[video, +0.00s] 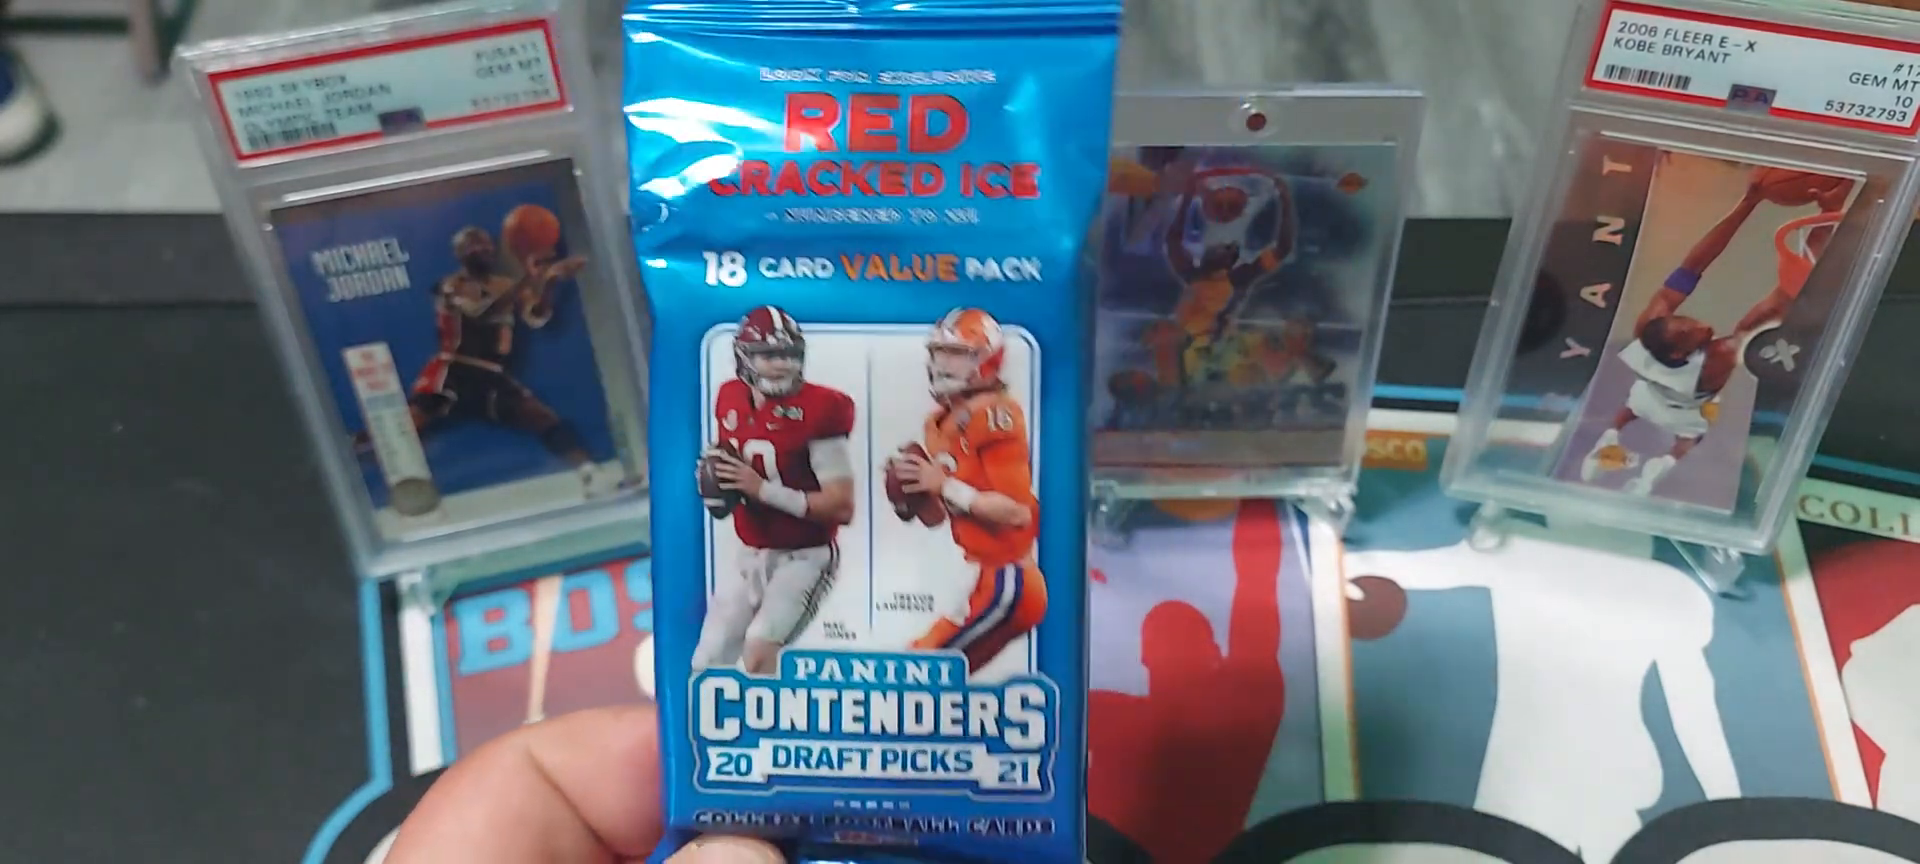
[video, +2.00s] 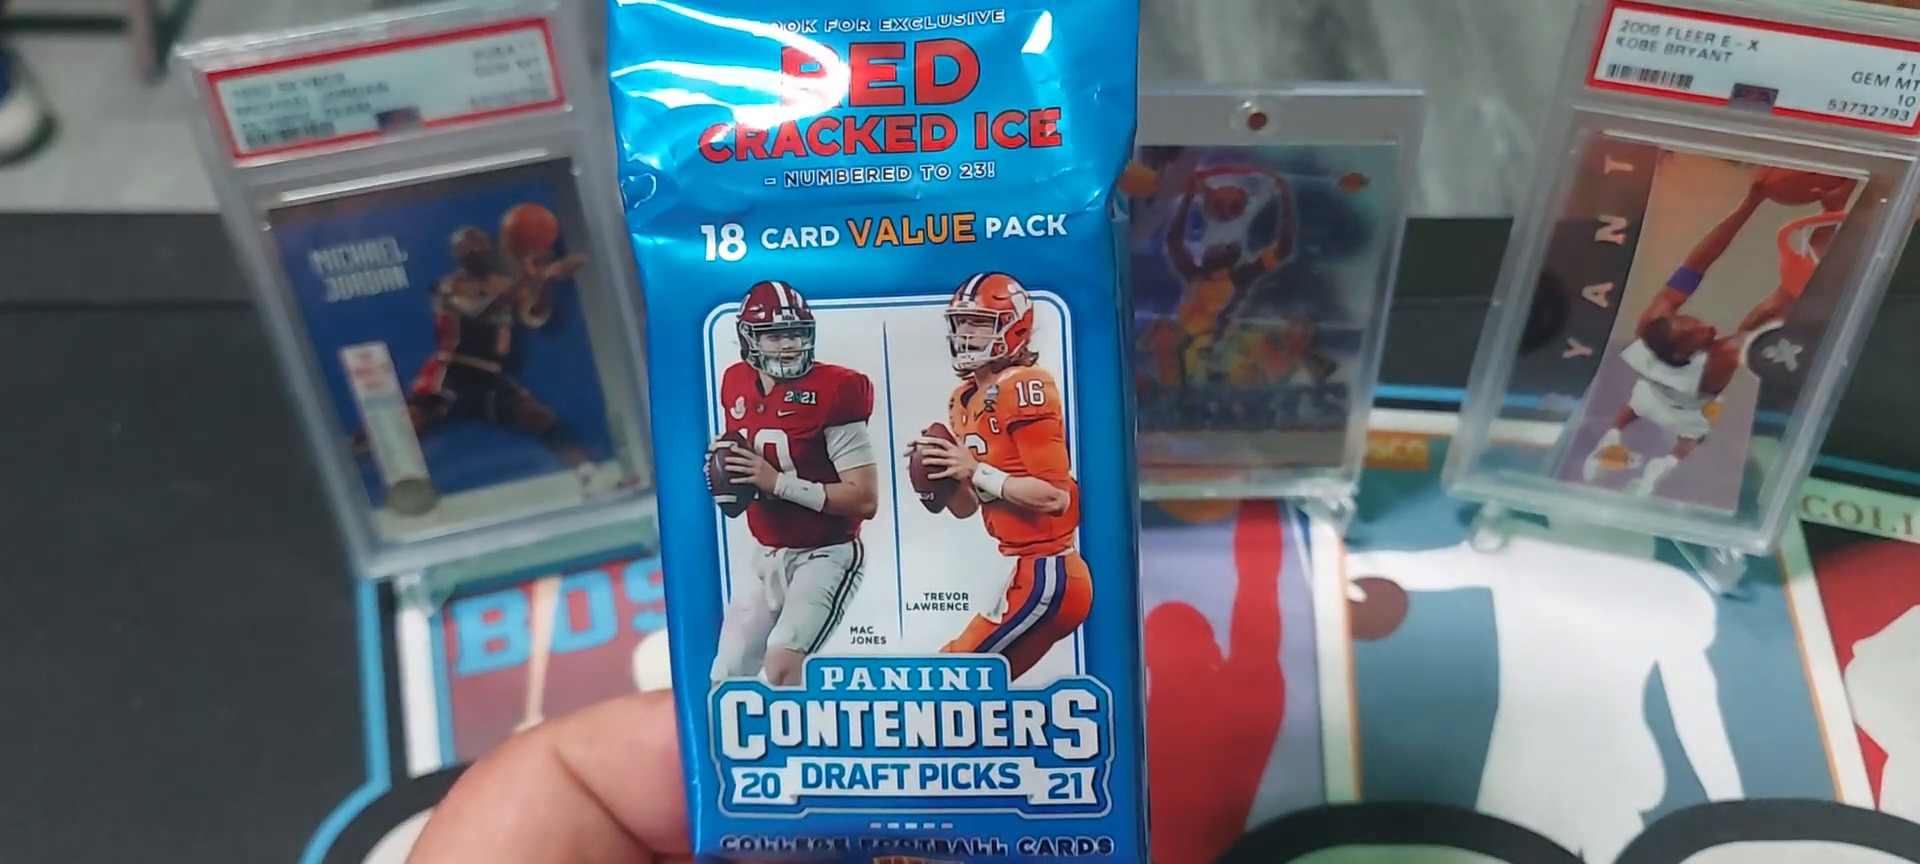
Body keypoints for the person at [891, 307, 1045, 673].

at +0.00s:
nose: (943, 366)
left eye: (956, 355)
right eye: (938, 354)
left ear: (985, 361)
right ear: (930, 357)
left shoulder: (995, 413)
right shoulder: (939, 421)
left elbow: (1017, 511)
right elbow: (934, 516)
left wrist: (943, 485)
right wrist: (907, 490)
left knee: (917, 671)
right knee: (925, 677)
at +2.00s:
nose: (965, 336)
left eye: (979, 325)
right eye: (961, 324)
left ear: (1013, 329)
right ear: (951, 326)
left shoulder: (1025, 385)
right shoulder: (962, 399)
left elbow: (1053, 495)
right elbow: (964, 506)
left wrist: (974, 470)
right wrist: (935, 474)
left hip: (1047, 575)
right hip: (1030, 572)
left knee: (944, 682)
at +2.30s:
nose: (965, 336)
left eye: (979, 326)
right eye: (960, 325)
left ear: (1013, 330)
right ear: (951, 328)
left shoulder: (1026, 386)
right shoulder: (962, 400)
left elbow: (1054, 496)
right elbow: (964, 507)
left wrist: (975, 471)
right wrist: (934, 477)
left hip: (1049, 576)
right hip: (1030, 573)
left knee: (946, 682)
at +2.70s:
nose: (978, 360)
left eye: (992, 349)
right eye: (973, 348)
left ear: (1024, 354)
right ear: (963, 352)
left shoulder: (1035, 409)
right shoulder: (974, 422)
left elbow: (1064, 518)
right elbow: (975, 528)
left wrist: (986, 493)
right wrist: (948, 492)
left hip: (1058, 596)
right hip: (1043, 593)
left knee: (958, 702)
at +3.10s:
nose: (966, 343)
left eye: (980, 332)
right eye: (960, 331)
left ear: (1013, 337)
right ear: (951, 335)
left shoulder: (1024, 393)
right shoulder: (962, 407)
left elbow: (1053, 504)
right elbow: (963, 514)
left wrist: (974, 478)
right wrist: (934, 480)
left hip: (1047, 581)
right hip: (1030, 579)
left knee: (945, 689)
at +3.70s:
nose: (1140, 419)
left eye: (1156, 408)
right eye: (1137, 406)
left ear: (1191, 415)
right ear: (1128, 410)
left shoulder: (1202, 479)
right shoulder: (1134, 485)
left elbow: (1222, 597)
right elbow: (1126, 601)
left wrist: (1139, 563)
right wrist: (1096, 568)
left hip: (1210, 682)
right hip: (1187, 678)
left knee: (1090, 785)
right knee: (1110, 799)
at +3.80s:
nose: (1142, 409)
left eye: (1158, 398)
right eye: (1139, 397)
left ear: (1194, 406)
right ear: (1130, 400)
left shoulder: (1203, 468)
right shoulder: (1134, 474)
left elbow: (1222, 584)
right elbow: (1126, 588)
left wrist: (1140, 551)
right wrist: (1097, 555)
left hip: (1210, 669)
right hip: (1186, 664)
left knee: (1093, 768)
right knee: (1108, 779)